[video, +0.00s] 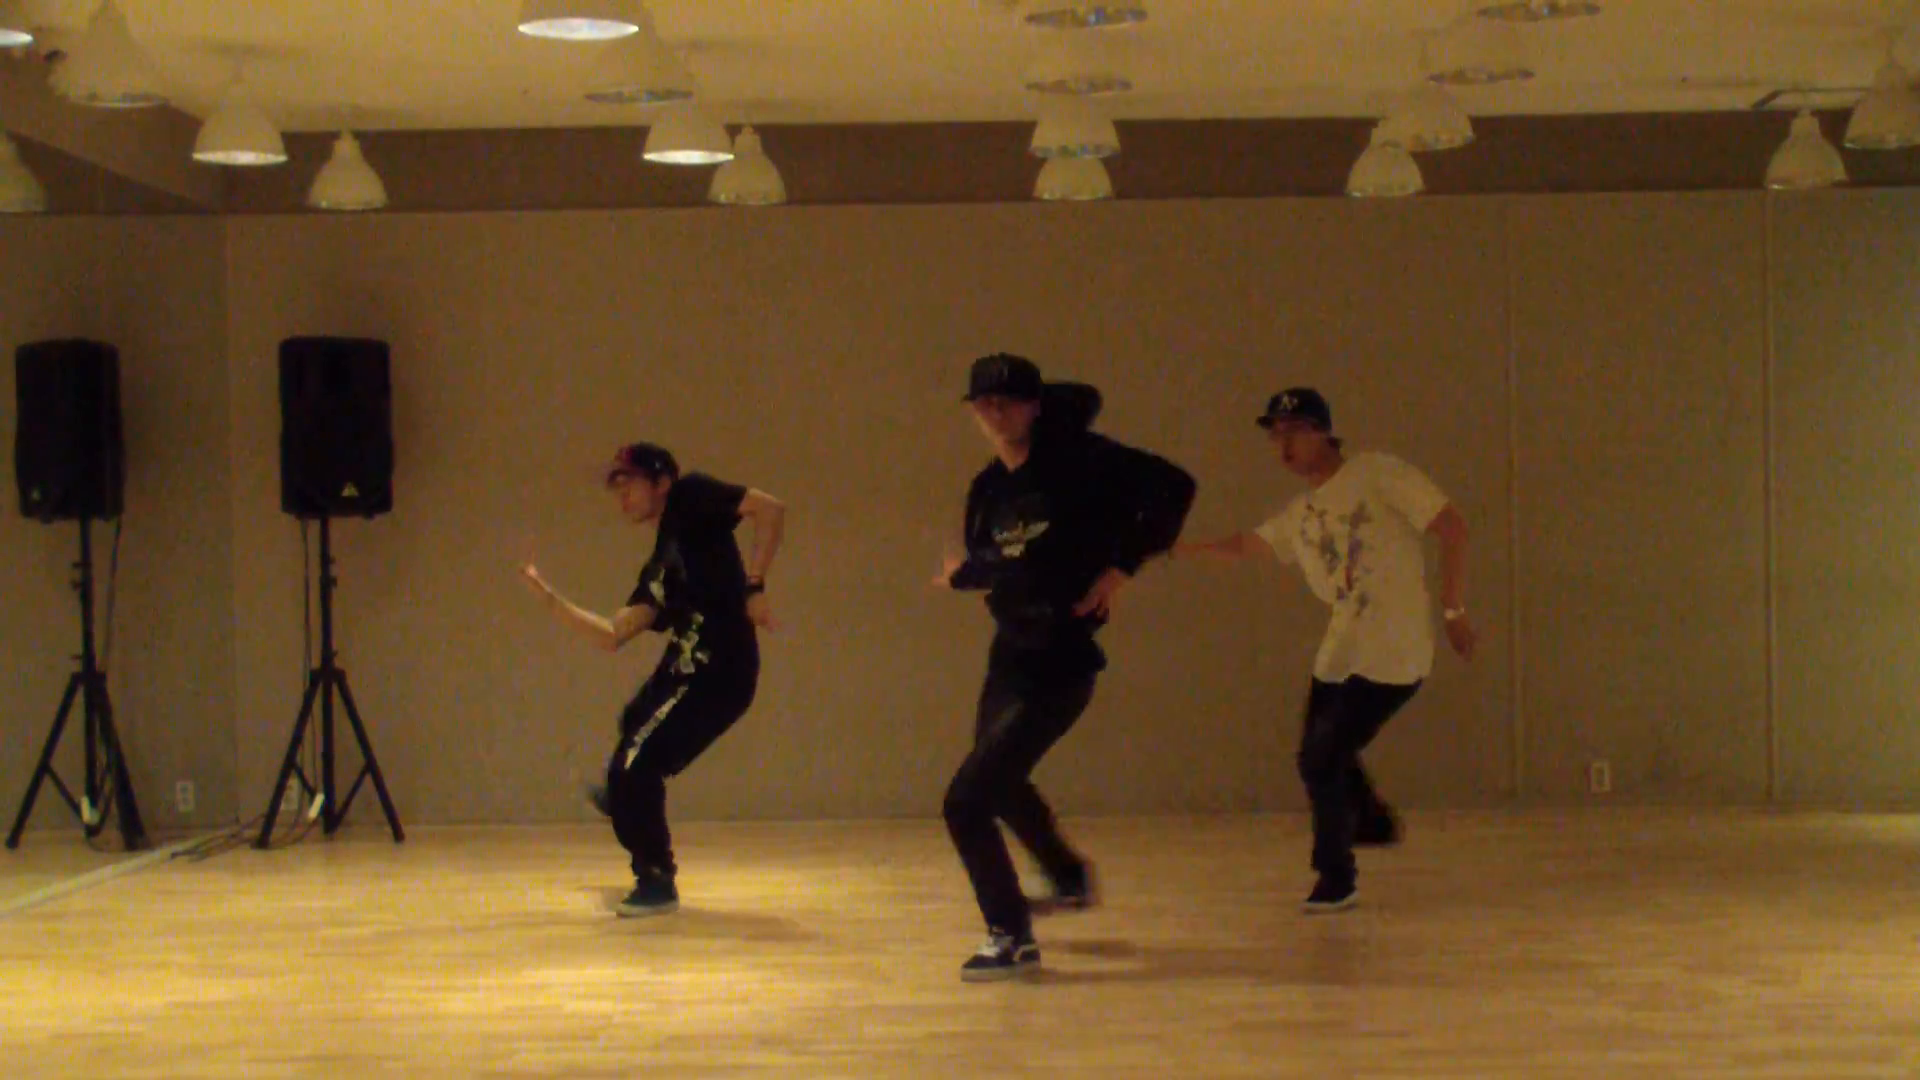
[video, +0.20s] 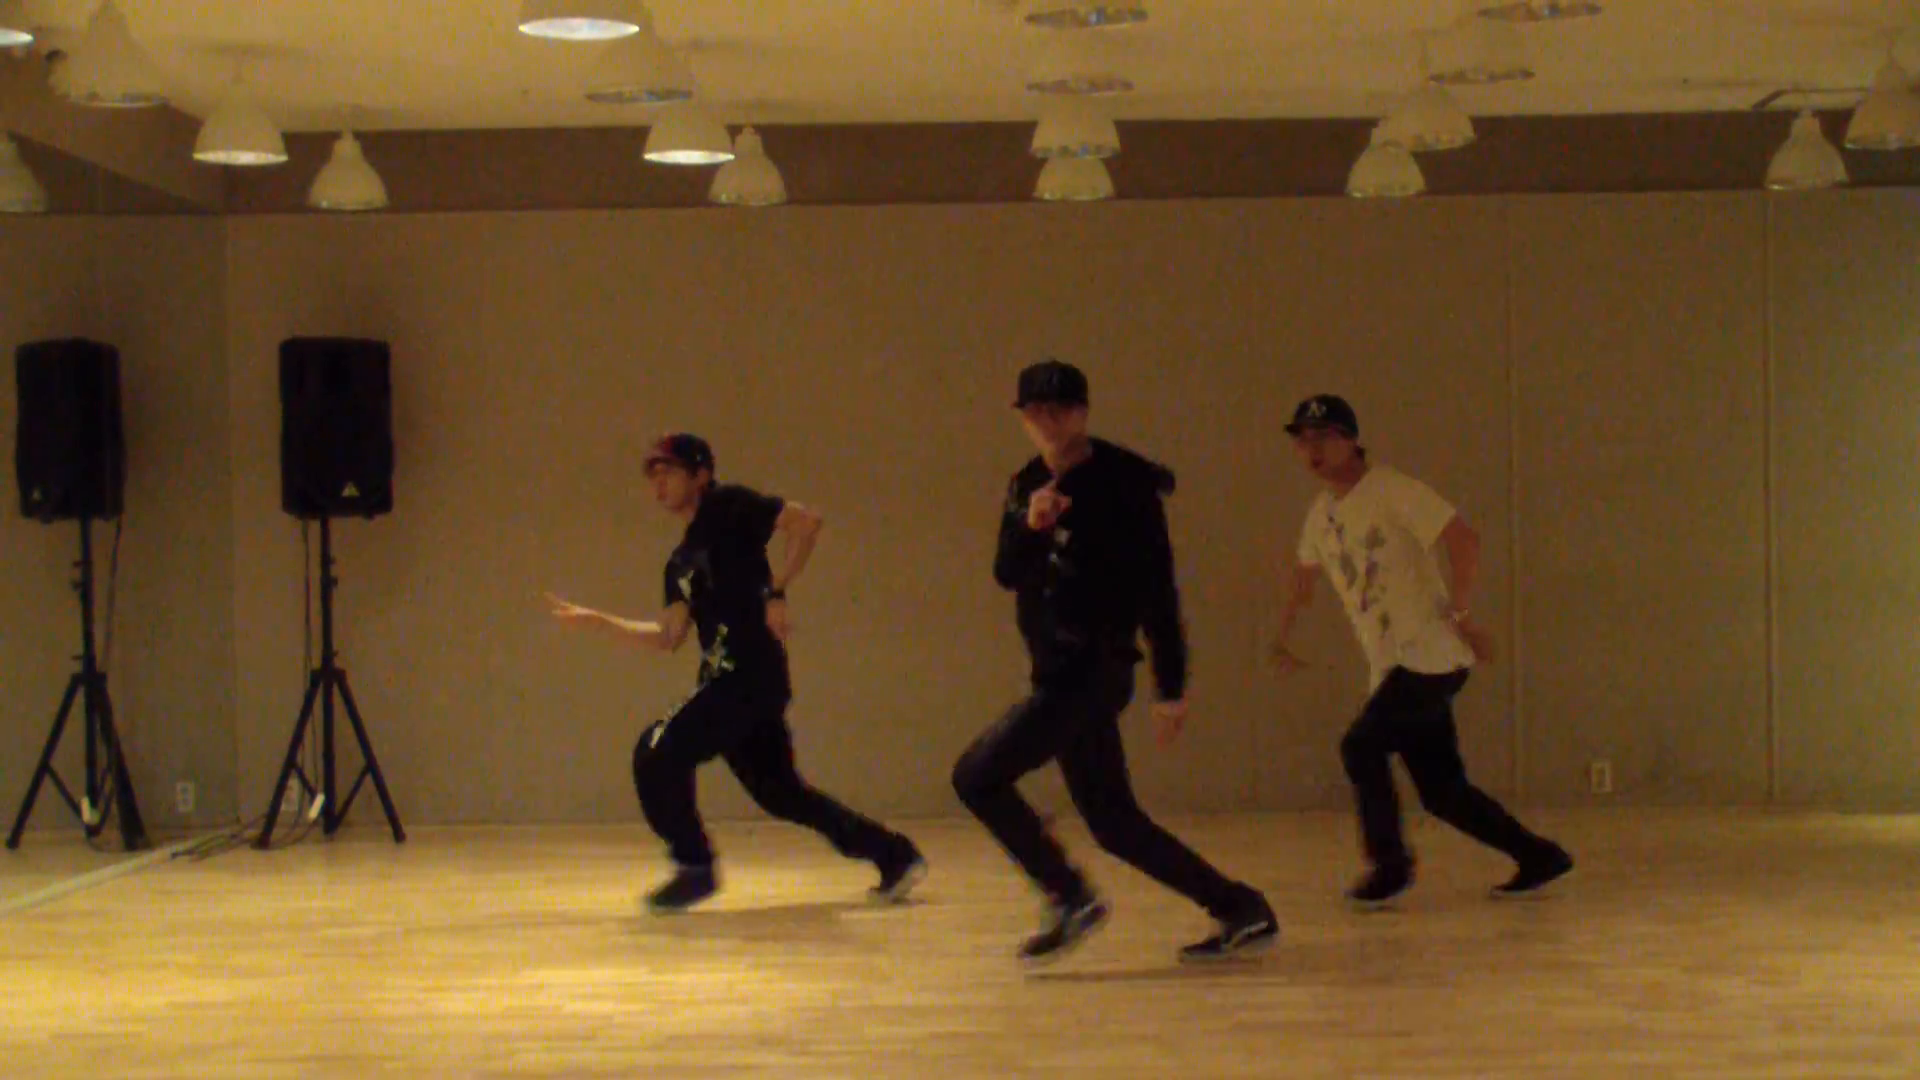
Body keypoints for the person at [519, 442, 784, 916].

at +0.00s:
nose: (620, 497)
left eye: (628, 484)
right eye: (616, 488)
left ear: (661, 480)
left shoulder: (691, 494)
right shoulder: (664, 562)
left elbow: (769, 509)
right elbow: (613, 634)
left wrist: (755, 585)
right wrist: (551, 598)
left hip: (722, 665)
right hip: (689, 660)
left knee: (637, 762)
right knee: (636, 719)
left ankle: (656, 878)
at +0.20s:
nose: (657, 486)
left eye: (666, 473)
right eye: (653, 476)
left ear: (699, 474)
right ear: (662, 483)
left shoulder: (729, 505)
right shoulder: (682, 559)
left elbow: (805, 523)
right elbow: (669, 636)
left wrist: (779, 590)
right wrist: (597, 619)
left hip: (750, 677)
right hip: (734, 683)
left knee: (659, 753)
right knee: (778, 791)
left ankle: (695, 868)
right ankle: (893, 854)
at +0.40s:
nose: (698, 479)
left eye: (710, 469)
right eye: (696, 469)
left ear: (742, 476)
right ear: (695, 477)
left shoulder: (744, 539)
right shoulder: (713, 538)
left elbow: (727, 619)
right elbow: (697, 611)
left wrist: (665, 616)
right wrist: (670, 590)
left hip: (739, 699)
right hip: (719, 700)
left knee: (759, 822)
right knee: (753, 820)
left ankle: (863, 860)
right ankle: (861, 851)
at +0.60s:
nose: (616, 465)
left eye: (627, 456)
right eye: (616, 455)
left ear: (656, 465)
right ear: (641, 467)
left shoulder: (644, 517)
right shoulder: (639, 514)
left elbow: (565, 565)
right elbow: (573, 565)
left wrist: (561, 510)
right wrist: (562, 512)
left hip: (678, 679)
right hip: (650, 675)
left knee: (702, 793)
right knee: (572, 744)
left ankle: (822, 851)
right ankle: (570, 868)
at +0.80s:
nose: (504, 524)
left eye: (511, 511)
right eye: (501, 514)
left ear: (543, 506)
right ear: (537, 509)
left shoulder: (554, 547)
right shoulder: (548, 547)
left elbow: (466, 586)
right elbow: (473, 584)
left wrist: (398, 570)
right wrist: (419, 563)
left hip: (584, 695)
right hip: (558, 687)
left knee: (509, 788)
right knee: (463, 758)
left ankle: (608, 857)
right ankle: (472, 879)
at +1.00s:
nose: (452, 531)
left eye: (460, 519)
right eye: (449, 520)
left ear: (492, 517)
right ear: (486, 520)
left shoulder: (499, 560)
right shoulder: (497, 557)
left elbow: (426, 625)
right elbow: (424, 617)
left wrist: (352, 655)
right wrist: (353, 630)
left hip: (532, 701)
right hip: (520, 695)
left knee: (429, 764)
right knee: (430, 763)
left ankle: (512, 846)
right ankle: (471, 878)